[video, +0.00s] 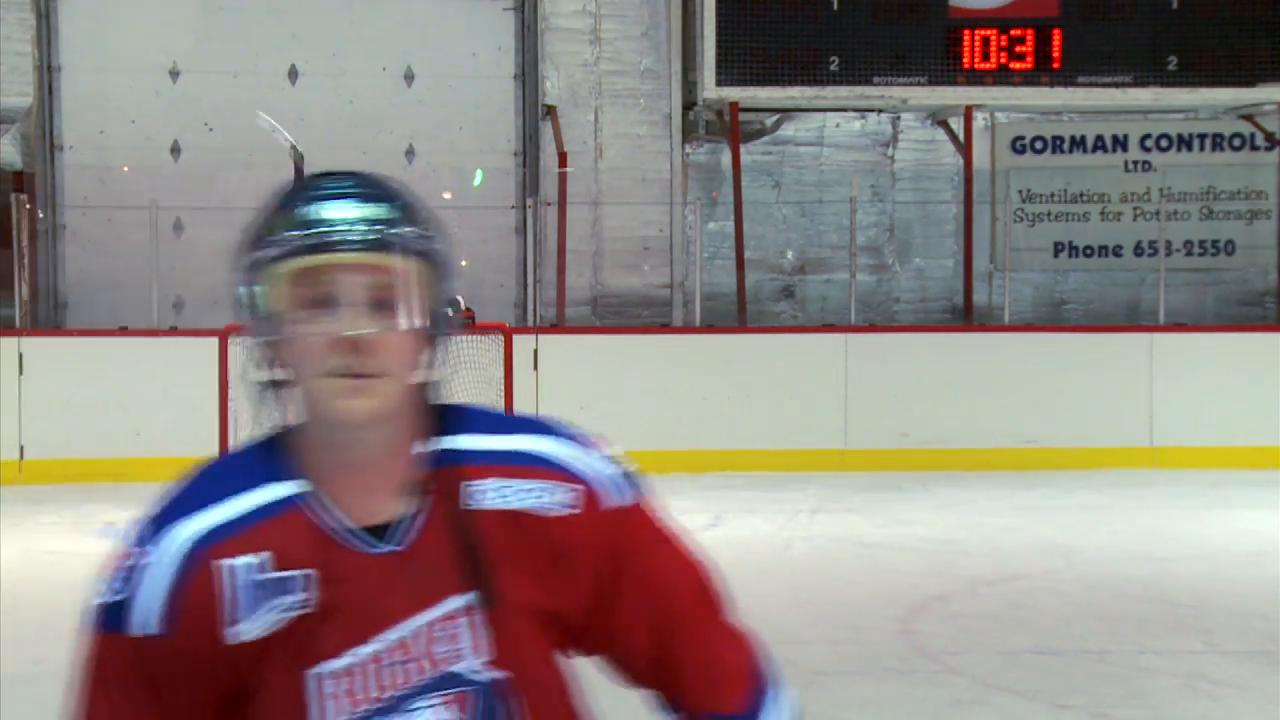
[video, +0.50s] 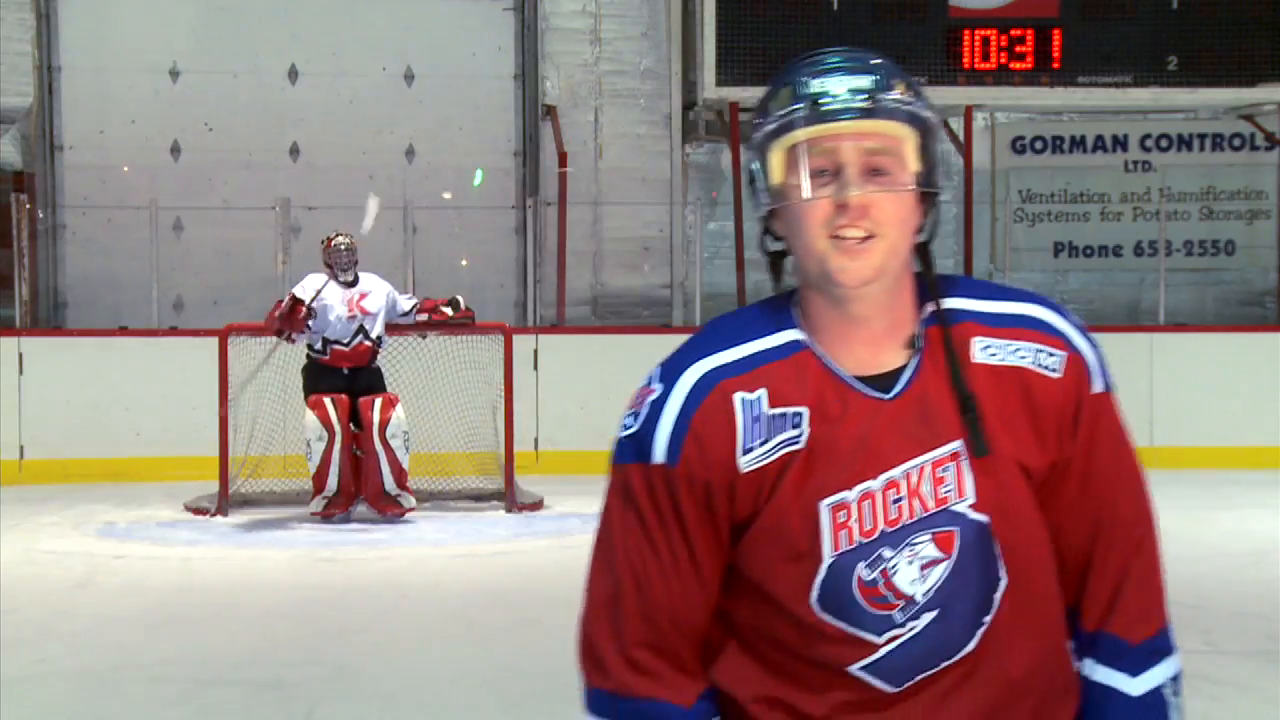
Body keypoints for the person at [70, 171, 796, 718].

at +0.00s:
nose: (353, 333)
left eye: (383, 302)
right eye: (318, 304)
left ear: (431, 327)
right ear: (269, 336)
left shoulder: (553, 487)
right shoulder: (185, 563)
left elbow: (729, 685)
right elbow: (123, 712)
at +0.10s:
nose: (502, 301)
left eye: (530, 274)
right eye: (470, 275)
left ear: (576, 304)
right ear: (422, 310)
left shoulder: (699, 460)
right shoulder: (340, 534)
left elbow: (855, 674)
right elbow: (283, 710)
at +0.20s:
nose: (624, 265)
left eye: (649, 236)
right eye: (588, 245)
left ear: (695, 269)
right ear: (544, 292)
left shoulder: (821, 427)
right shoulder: (469, 497)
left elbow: (959, 672)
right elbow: (421, 710)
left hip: (814, 706)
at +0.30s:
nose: (721, 221)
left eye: (745, 192)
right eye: (684, 200)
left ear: (792, 230)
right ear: (642, 250)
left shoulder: (912, 388)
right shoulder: (569, 452)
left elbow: (1027, 659)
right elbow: (518, 704)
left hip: (901, 711)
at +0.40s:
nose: (798, 205)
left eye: (824, 179)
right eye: (766, 181)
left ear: (868, 213)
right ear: (720, 221)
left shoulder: (986, 365)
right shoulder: (649, 419)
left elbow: (1075, 626)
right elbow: (586, 687)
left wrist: (1089, 714)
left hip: (971, 707)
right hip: (743, 708)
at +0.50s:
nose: (853, 199)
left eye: (880, 170)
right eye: (822, 173)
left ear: (923, 202)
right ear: (777, 210)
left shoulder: (1046, 355)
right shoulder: (693, 405)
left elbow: (1128, 642)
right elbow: (637, 682)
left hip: (1028, 706)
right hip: (795, 706)